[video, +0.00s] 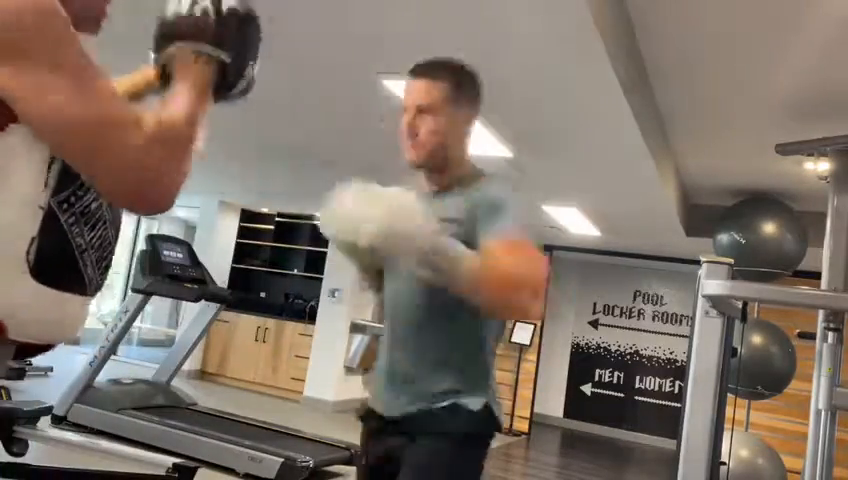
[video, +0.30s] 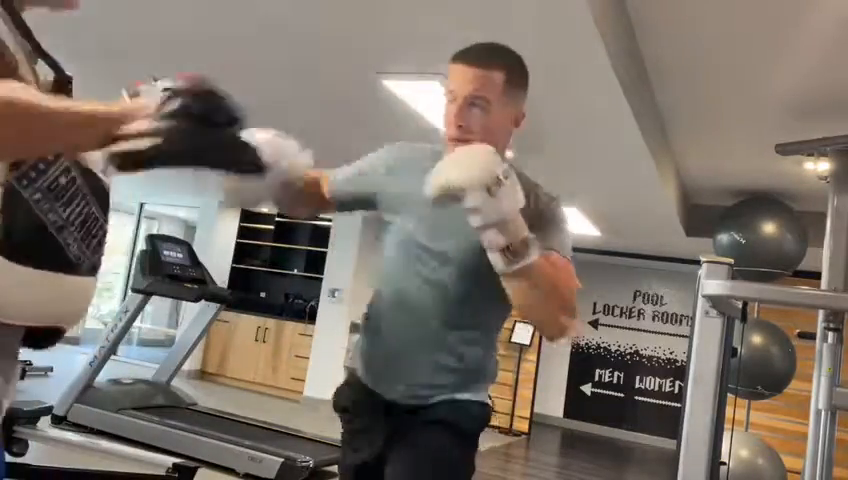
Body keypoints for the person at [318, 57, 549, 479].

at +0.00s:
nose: (408, 125)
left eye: (424, 112)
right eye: (405, 112)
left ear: (466, 119)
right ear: (401, 118)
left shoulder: (491, 201)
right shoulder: (409, 204)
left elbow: (525, 293)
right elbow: (394, 291)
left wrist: (424, 247)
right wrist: (369, 256)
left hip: (451, 420)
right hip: (386, 413)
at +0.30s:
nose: (456, 118)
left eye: (477, 105)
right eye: (451, 100)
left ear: (516, 121)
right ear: (443, 103)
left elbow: (559, 320)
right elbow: (313, 195)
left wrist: (511, 240)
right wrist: (277, 175)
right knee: (358, 473)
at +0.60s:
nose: (395, 136)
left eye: (408, 121)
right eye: (394, 124)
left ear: (451, 123)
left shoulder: (497, 187)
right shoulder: (443, 198)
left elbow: (462, 261)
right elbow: (389, 275)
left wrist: (398, 189)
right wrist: (378, 207)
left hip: (461, 400)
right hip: (429, 394)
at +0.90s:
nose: (413, 152)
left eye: (426, 136)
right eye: (411, 138)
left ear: (465, 139)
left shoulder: (512, 194)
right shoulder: (455, 212)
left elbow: (506, 264)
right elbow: (406, 290)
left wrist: (432, 208)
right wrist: (391, 225)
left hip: (484, 397)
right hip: (442, 393)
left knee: (421, 473)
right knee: (396, 472)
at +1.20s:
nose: (438, 137)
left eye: (454, 122)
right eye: (437, 123)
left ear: (496, 129)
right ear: (435, 126)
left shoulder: (538, 196)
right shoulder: (460, 206)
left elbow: (537, 281)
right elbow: (408, 289)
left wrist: (460, 208)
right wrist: (399, 221)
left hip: (507, 402)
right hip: (453, 398)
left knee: (445, 473)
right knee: (414, 472)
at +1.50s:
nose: (465, 94)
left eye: (480, 76)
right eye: (464, 80)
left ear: (533, 77)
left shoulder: (583, 150)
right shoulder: (512, 174)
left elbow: (552, 220)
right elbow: (451, 270)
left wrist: (465, 146)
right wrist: (431, 187)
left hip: (541, 410)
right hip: (493, 401)